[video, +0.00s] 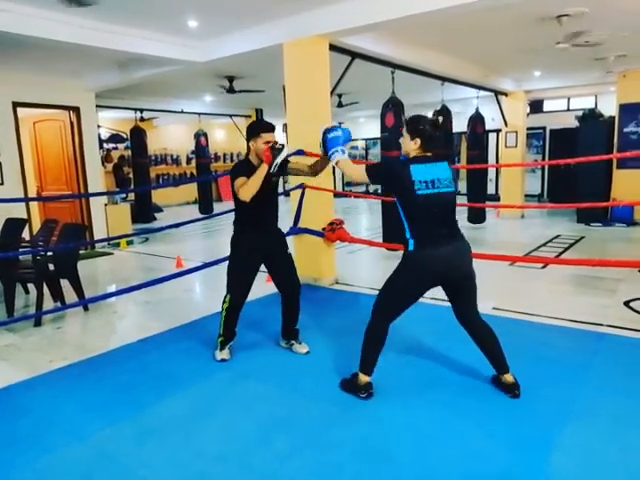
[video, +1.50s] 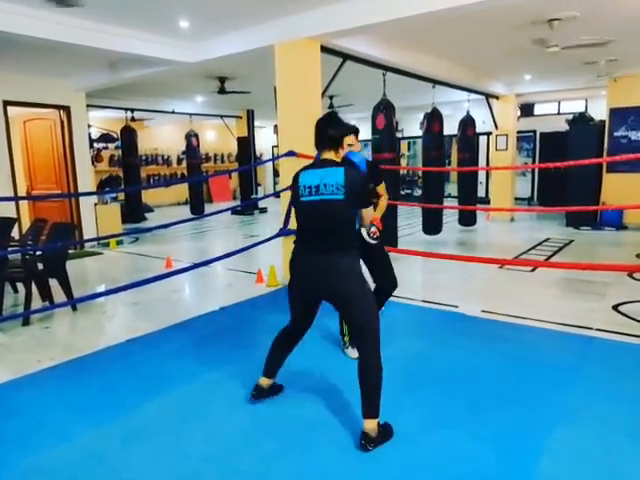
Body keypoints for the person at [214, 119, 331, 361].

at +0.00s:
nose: (271, 147)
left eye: (273, 143)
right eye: (266, 143)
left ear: (274, 144)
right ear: (251, 143)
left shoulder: (275, 164)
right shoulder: (241, 169)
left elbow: (312, 170)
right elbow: (245, 194)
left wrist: (331, 152)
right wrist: (267, 163)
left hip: (272, 239)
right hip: (246, 241)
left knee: (291, 288)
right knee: (236, 296)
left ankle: (289, 337)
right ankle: (224, 343)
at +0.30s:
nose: (271, 146)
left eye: (272, 141)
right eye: (265, 141)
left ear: (272, 142)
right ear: (251, 141)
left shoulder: (269, 166)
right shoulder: (242, 166)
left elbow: (285, 199)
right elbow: (263, 176)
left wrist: (293, 187)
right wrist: (284, 152)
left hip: (266, 236)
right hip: (243, 237)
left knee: (286, 287)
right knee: (235, 292)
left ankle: (287, 338)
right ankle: (221, 342)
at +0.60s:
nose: (283, 152)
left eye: (284, 147)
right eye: (279, 147)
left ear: (283, 148)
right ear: (264, 147)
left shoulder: (277, 172)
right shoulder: (251, 169)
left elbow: (269, 204)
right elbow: (230, 193)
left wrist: (288, 204)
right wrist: (246, 217)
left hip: (268, 238)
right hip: (244, 238)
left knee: (294, 282)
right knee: (232, 294)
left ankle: (299, 333)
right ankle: (218, 345)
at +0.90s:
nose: (324, 160)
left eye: (326, 156)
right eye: (320, 155)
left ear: (325, 155)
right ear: (306, 153)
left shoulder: (316, 180)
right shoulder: (288, 176)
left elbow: (318, 214)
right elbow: (255, 196)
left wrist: (329, 204)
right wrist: (224, 219)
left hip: (295, 237)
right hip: (275, 238)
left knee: (316, 284)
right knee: (264, 292)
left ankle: (309, 333)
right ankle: (227, 340)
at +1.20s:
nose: (339, 148)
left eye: (342, 143)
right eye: (334, 143)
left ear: (345, 143)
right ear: (323, 143)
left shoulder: (344, 170)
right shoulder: (307, 170)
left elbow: (351, 202)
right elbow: (285, 197)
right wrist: (276, 225)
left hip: (328, 226)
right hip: (305, 227)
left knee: (315, 276)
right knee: (323, 278)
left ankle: (306, 329)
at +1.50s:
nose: (350, 147)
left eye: (349, 142)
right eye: (348, 142)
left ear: (317, 143)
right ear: (340, 144)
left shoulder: (300, 177)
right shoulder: (352, 175)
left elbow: (301, 216)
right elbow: (367, 214)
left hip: (303, 268)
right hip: (341, 270)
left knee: (297, 325)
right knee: (369, 345)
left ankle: (264, 382)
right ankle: (371, 428)